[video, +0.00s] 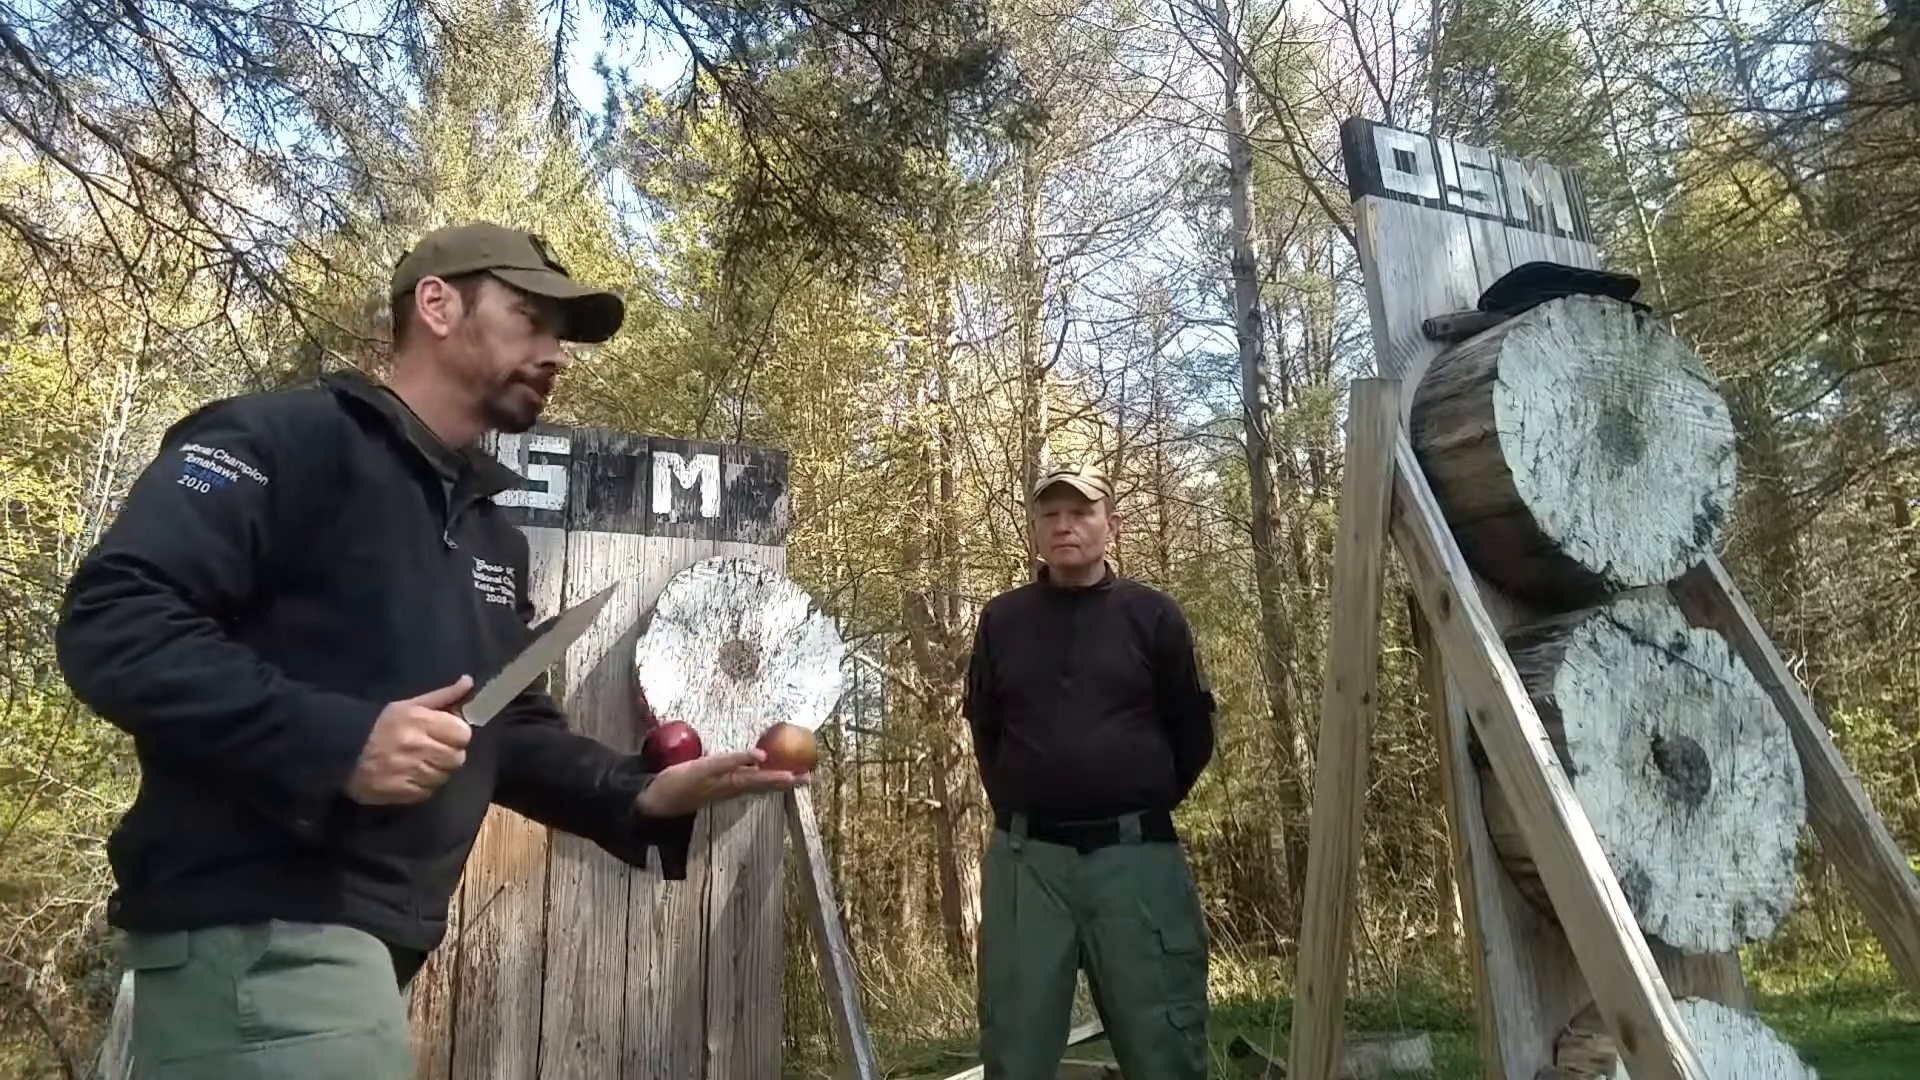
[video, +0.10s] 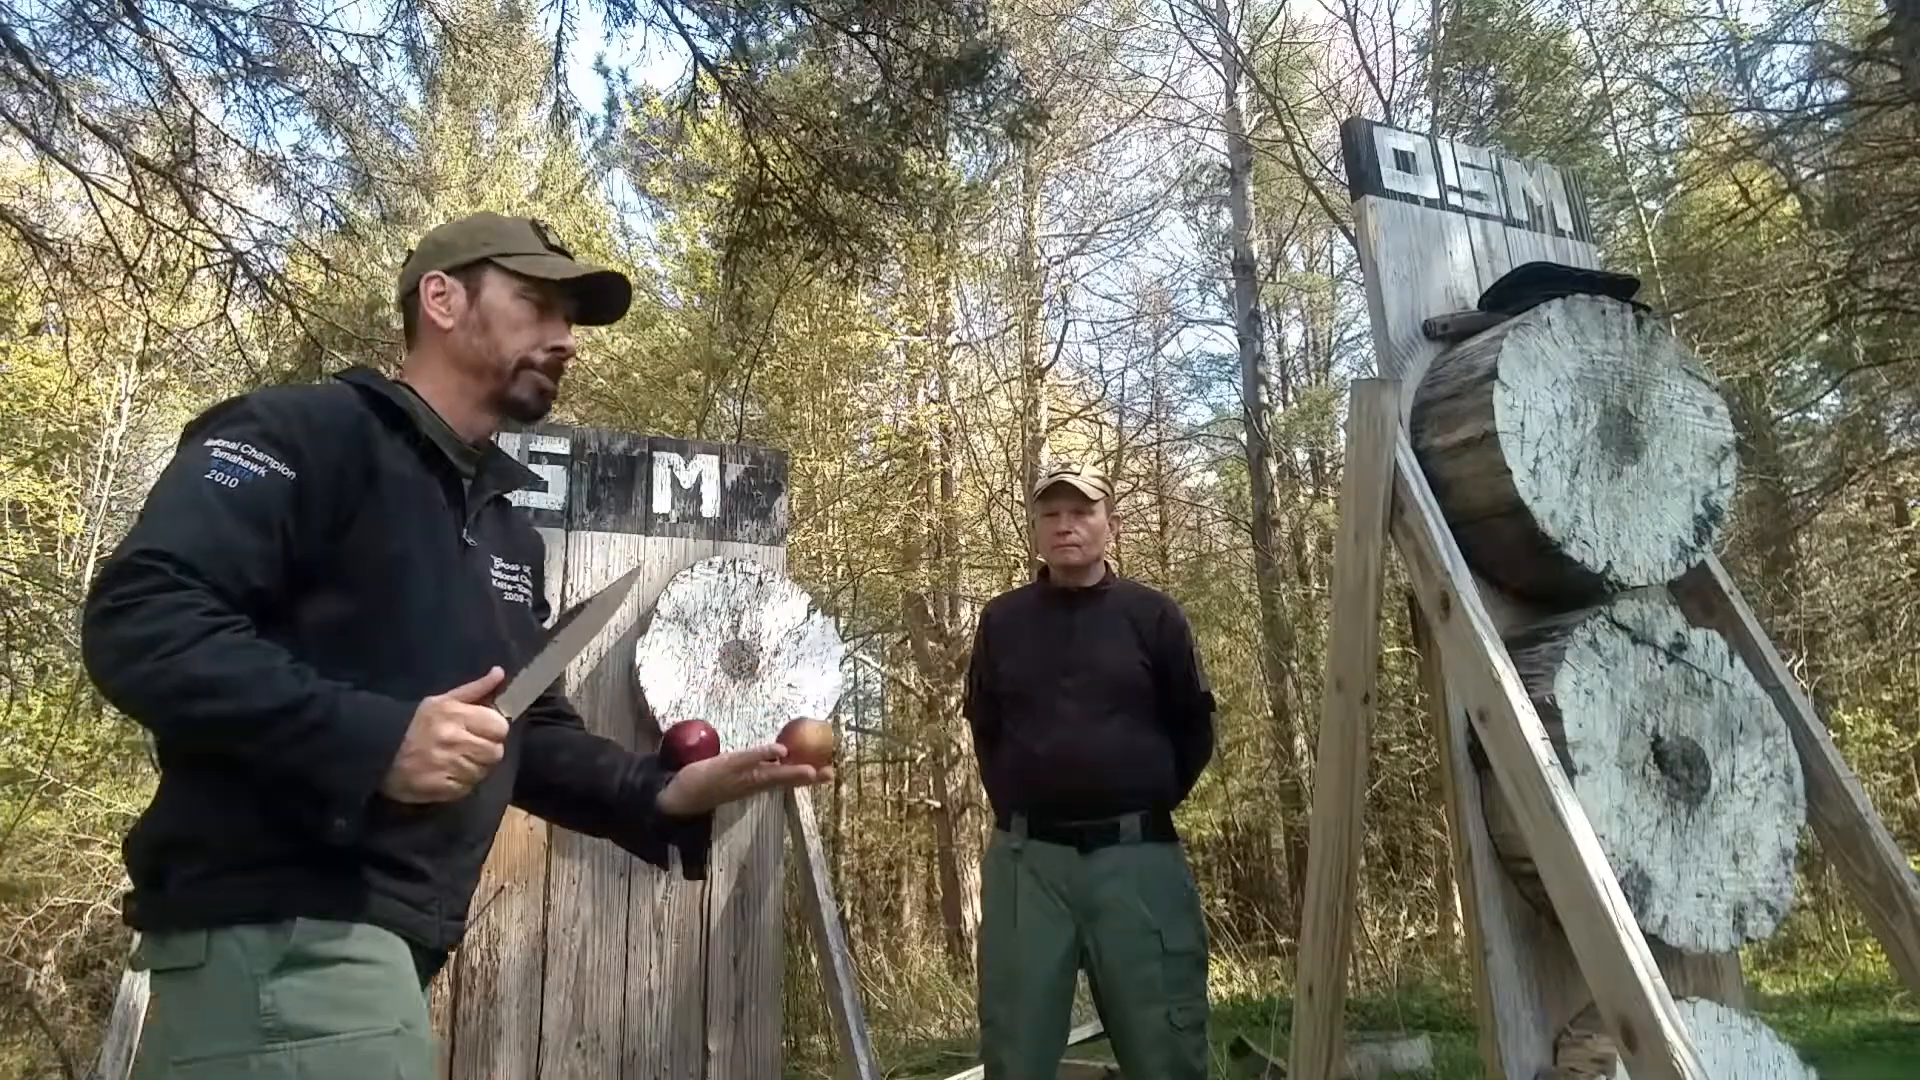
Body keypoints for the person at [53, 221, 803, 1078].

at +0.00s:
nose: (559, 353)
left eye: (564, 334)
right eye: (536, 319)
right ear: (437, 309)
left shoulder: (491, 533)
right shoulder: (277, 439)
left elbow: (499, 727)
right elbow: (113, 625)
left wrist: (641, 796)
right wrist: (337, 739)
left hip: (358, 953)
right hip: (255, 943)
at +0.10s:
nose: (567, 338)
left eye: (572, 316)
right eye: (539, 305)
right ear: (442, 301)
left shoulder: (507, 531)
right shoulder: (301, 432)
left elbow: (520, 731)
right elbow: (140, 620)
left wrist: (665, 792)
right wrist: (374, 736)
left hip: (373, 947)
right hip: (278, 940)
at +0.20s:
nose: (580, 323)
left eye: (584, 303)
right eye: (549, 287)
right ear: (452, 292)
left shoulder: (520, 529)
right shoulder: (315, 424)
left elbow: (526, 732)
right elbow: (170, 616)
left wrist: (683, 785)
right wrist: (420, 725)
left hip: (392, 947)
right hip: (290, 940)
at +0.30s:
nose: (592, 309)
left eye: (597, 289)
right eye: (559, 274)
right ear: (462, 283)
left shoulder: (529, 514)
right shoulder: (338, 405)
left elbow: (532, 731)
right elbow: (194, 604)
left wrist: (697, 780)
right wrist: (453, 719)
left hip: (395, 944)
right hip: (302, 940)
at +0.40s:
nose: (595, 306)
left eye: (598, 286)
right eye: (562, 272)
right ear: (464, 280)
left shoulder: (532, 515)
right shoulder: (345, 404)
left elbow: (528, 728)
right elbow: (197, 601)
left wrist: (704, 777)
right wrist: (457, 722)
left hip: (401, 940)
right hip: (313, 936)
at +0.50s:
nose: (584, 317)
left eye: (588, 294)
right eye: (551, 281)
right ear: (452, 285)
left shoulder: (522, 514)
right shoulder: (331, 410)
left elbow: (524, 734)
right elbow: (179, 611)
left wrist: (708, 779)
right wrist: (442, 735)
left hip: (400, 942)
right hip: (307, 938)